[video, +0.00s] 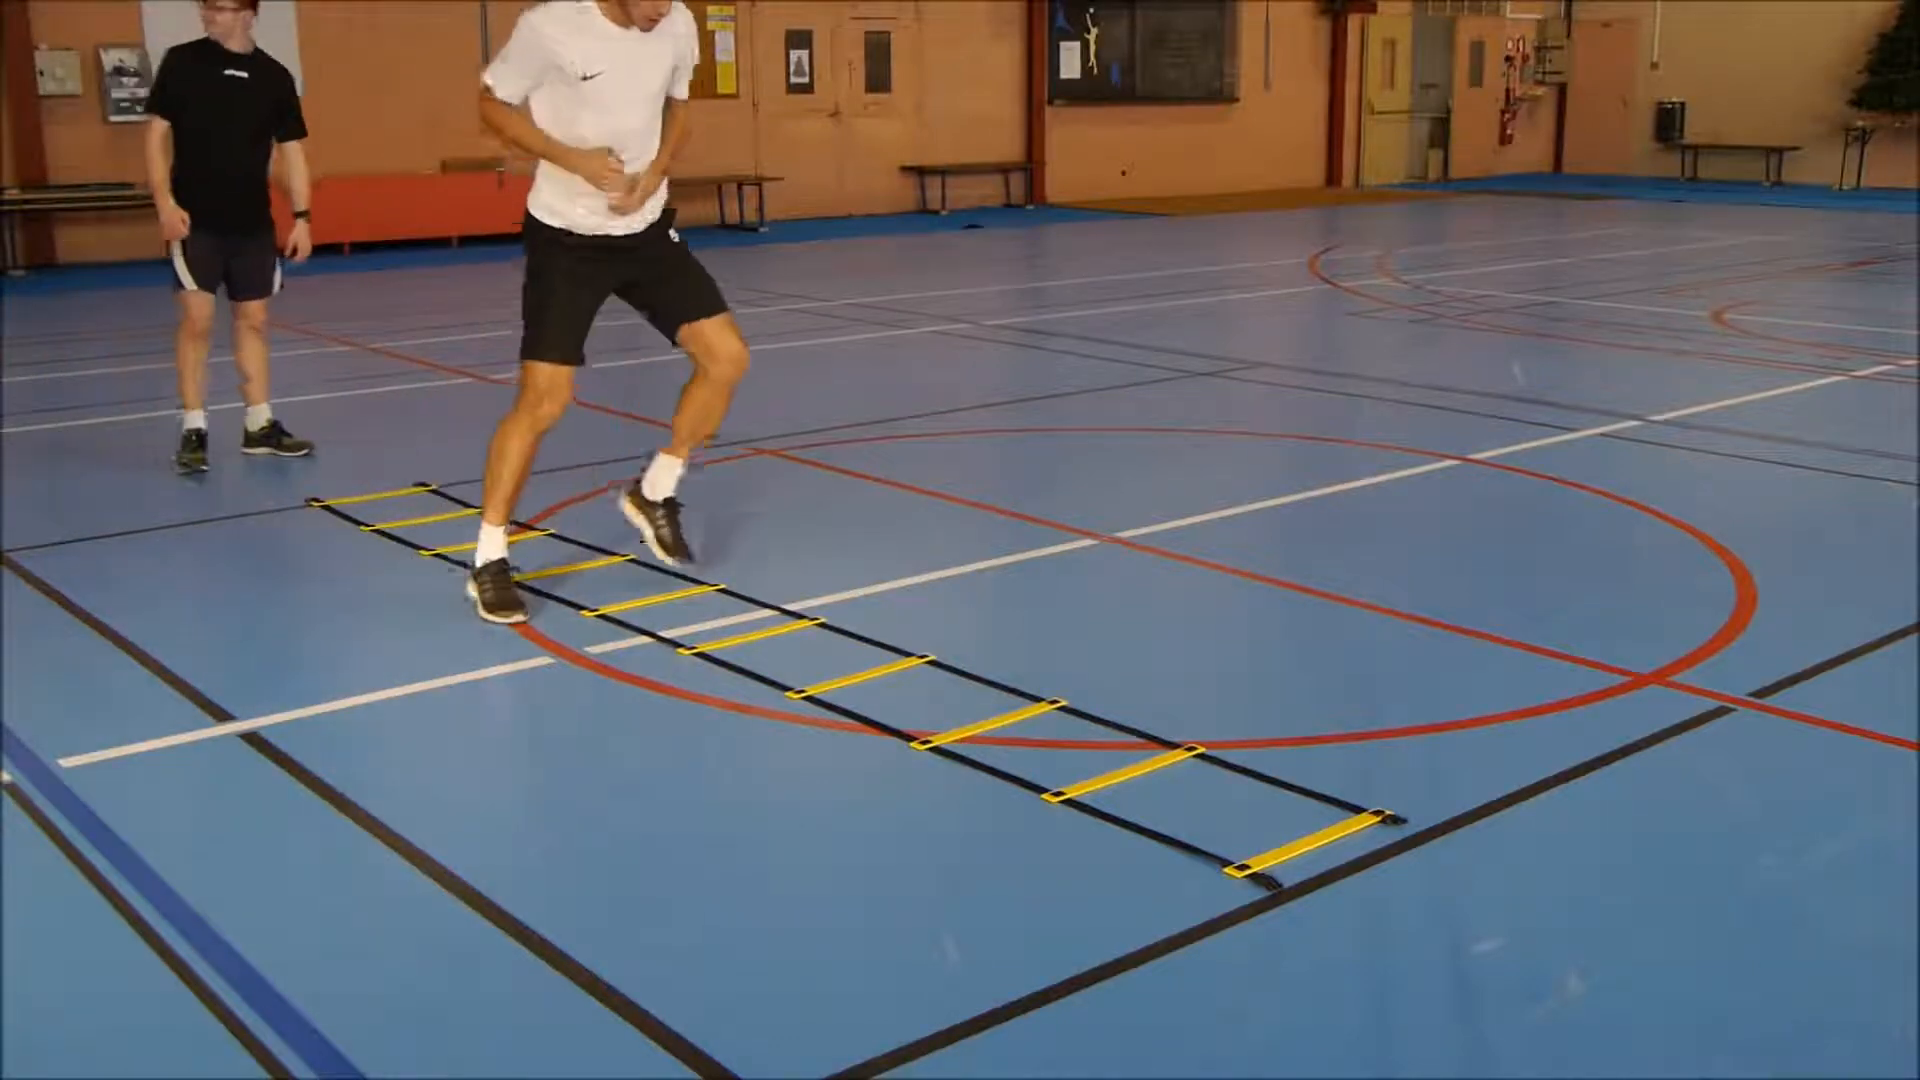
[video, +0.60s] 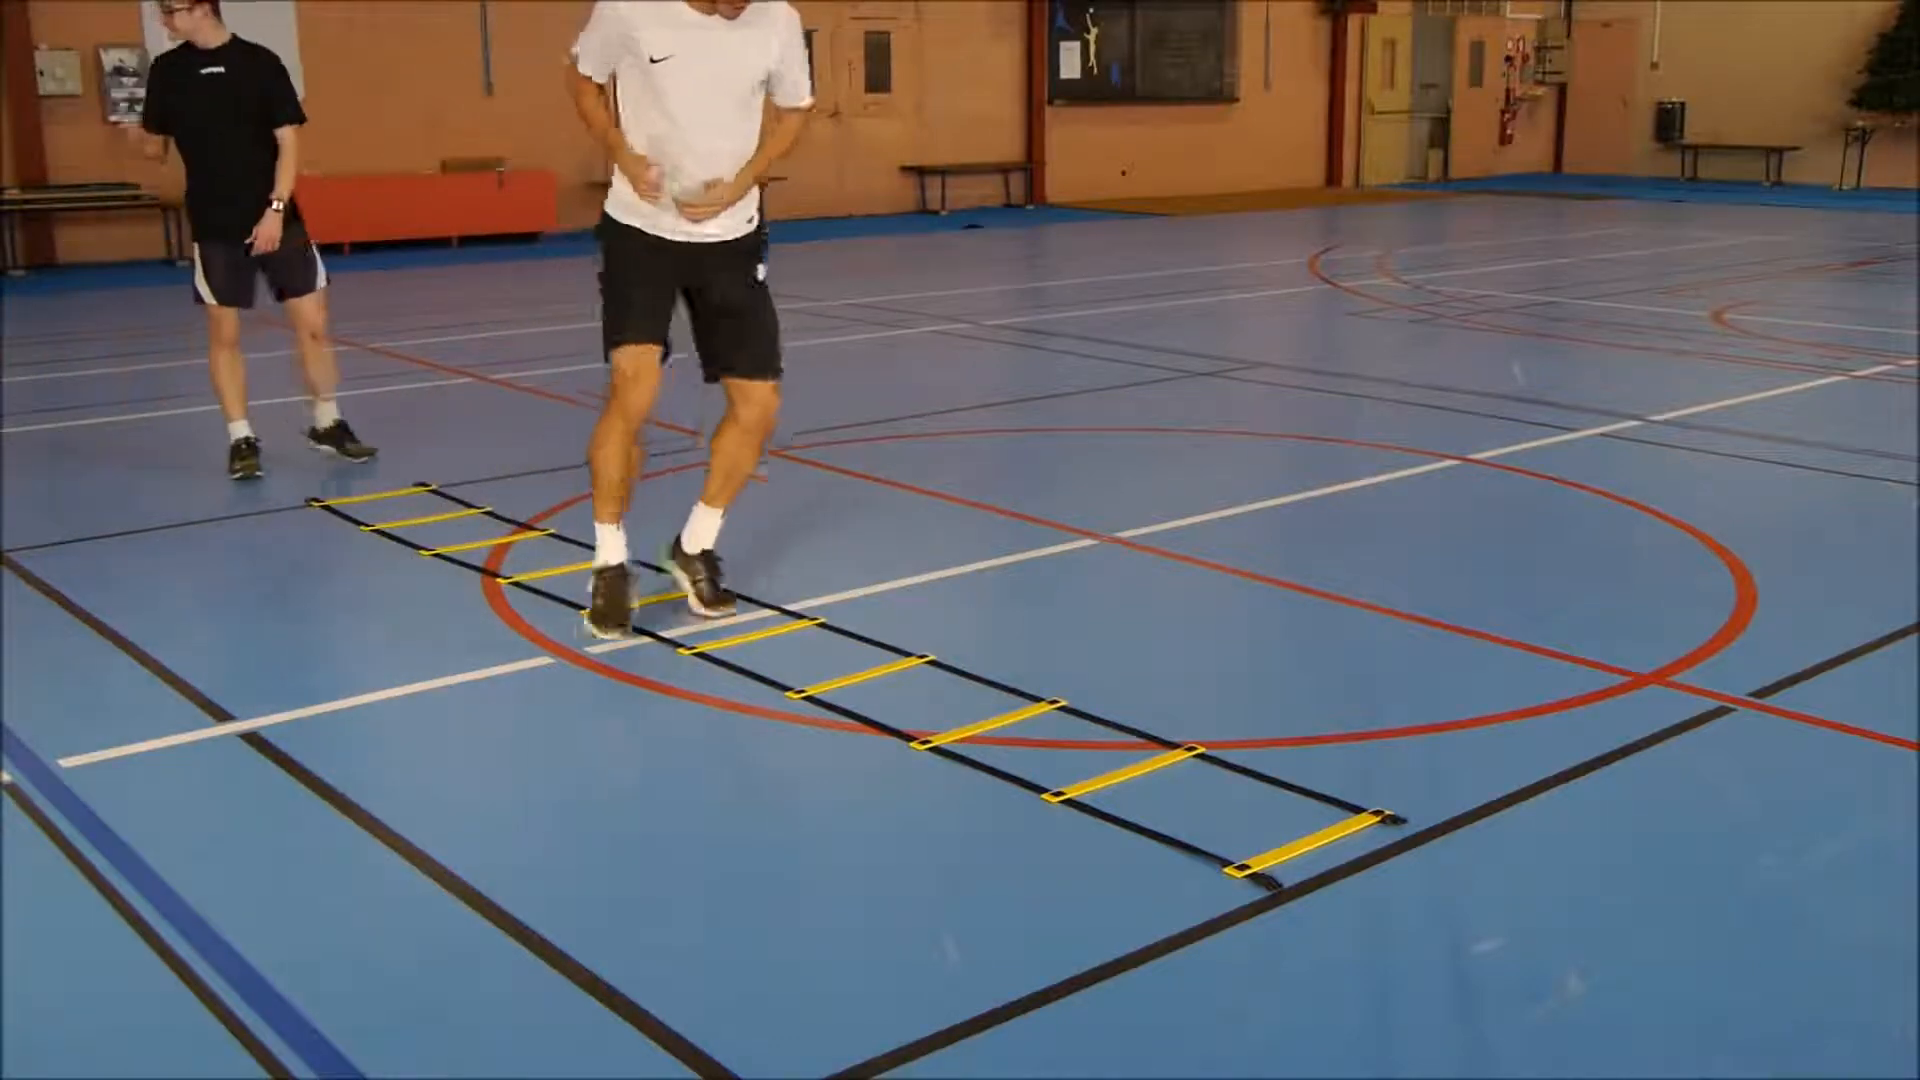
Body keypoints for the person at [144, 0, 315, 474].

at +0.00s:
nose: (207, 14)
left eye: (218, 7)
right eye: (205, 7)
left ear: (247, 13)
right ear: (203, 12)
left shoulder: (275, 76)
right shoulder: (181, 62)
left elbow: (293, 149)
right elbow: (157, 134)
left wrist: (302, 217)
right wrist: (164, 203)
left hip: (252, 216)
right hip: (196, 217)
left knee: (254, 319)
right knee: (197, 321)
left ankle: (260, 426)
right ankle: (194, 429)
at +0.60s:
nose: (164, 22)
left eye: (170, 11)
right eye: (163, 13)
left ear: (201, 9)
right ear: (190, 12)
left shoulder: (262, 62)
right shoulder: (166, 70)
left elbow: (289, 142)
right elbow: (157, 148)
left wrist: (276, 211)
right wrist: (137, 135)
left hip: (274, 212)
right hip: (215, 222)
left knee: (314, 324)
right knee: (226, 334)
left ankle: (328, 422)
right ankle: (241, 438)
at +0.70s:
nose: (178, 27)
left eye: (185, 16)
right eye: (174, 18)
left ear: (214, 10)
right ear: (180, 20)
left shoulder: (268, 65)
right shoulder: (171, 70)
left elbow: (294, 146)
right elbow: (161, 150)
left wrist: (280, 213)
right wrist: (147, 124)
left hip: (276, 215)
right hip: (216, 223)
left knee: (315, 326)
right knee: (227, 333)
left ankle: (341, 432)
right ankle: (242, 439)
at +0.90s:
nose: (251, 29)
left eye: (260, 19)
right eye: (241, 19)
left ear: (269, 16)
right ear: (222, 13)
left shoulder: (294, 69)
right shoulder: (194, 70)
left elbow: (313, 149)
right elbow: (172, 148)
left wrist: (302, 214)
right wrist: (179, 177)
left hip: (291, 220)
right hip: (231, 225)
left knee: (315, 330)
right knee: (234, 333)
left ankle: (335, 441)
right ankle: (242, 439)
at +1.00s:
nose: (280, 29)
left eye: (289, 20)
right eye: (270, 19)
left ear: (298, 16)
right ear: (249, 13)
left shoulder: (315, 69)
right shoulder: (215, 66)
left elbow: (330, 148)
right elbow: (192, 136)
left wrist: (314, 209)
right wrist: (199, 189)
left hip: (304, 221)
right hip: (242, 225)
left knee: (322, 334)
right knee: (240, 336)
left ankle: (336, 442)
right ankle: (244, 439)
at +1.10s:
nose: (297, 31)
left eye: (306, 21)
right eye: (287, 20)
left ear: (315, 16)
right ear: (264, 11)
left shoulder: (327, 70)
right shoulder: (228, 64)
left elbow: (340, 152)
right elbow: (205, 141)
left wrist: (321, 208)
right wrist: (212, 204)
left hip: (311, 222)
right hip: (249, 225)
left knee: (326, 334)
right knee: (245, 335)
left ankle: (336, 442)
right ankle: (244, 438)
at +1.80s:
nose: (298, 53)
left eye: (306, 43)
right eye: (287, 44)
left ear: (315, 30)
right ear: (263, 28)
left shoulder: (321, 70)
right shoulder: (224, 75)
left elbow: (333, 147)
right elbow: (202, 158)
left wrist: (325, 205)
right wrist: (220, 226)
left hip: (315, 223)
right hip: (255, 231)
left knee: (338, 332)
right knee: (263, 340)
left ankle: (336, 441)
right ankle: (269, 449)